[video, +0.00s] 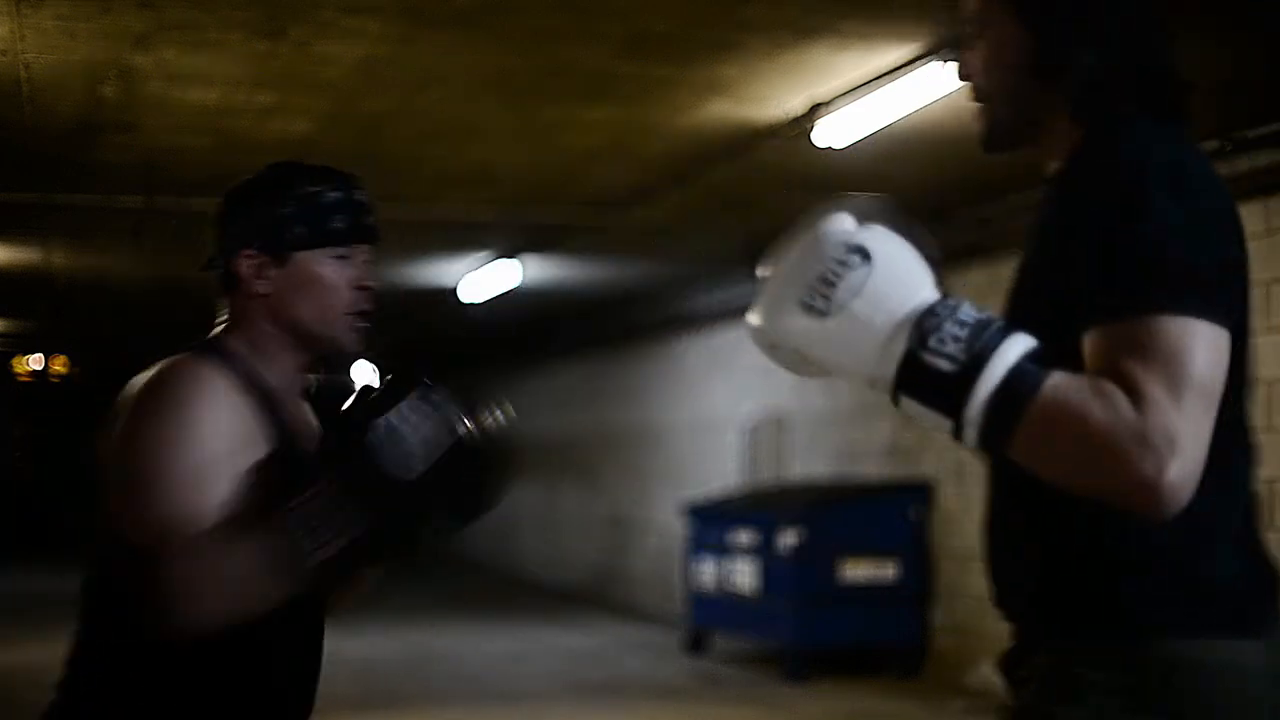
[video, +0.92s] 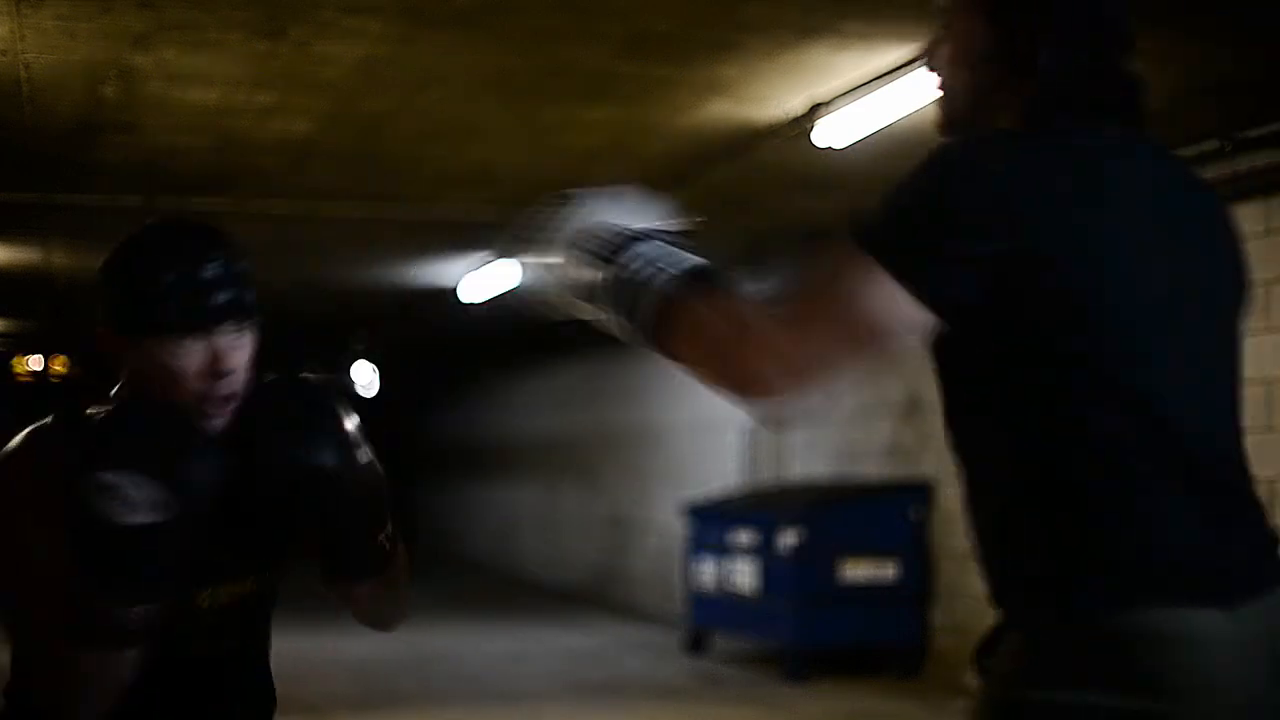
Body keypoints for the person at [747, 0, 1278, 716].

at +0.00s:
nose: (963, 69)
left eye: (977, 35)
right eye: (965, 43)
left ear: (1056, 33)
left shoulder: (1151, 181)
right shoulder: (1102, 185)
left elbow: (1154, 453)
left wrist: (915, 336)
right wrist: (913, 337)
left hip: (1160, 663)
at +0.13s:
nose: (1026, 65)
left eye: (1047, 33)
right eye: (1035, 36)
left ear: (1116, 39)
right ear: (1123, 43)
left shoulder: (1189, 186)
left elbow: (1164, 450)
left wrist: (954, 361)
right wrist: (1021, 338)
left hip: (1202, 659)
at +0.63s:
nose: (1071, 66)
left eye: (1096, 35)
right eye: (1081, 37)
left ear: (1165, 39)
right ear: (1175, 43)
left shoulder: (1204, 179)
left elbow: (1154, 456)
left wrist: (1013, 357)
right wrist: (1071, 332)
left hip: (1208, 658)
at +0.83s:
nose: (969, 62)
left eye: (984, 36)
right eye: (974, 37)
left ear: (1038, 47)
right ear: (1137, 47)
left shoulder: (1005, 179)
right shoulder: (1219, 197)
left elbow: (742, 277)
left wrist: (558, 261)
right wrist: (957, 291)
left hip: (1127, 643)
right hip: (1257, 626)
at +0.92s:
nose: (933, 61)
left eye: (950, 36)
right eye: (939, 37)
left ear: (1008, 45)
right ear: (1094, 48)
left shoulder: (987, 184)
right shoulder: (1183, 194)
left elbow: (763, 359)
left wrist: (632, 259)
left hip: (1095, 637)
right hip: (1240, 625)